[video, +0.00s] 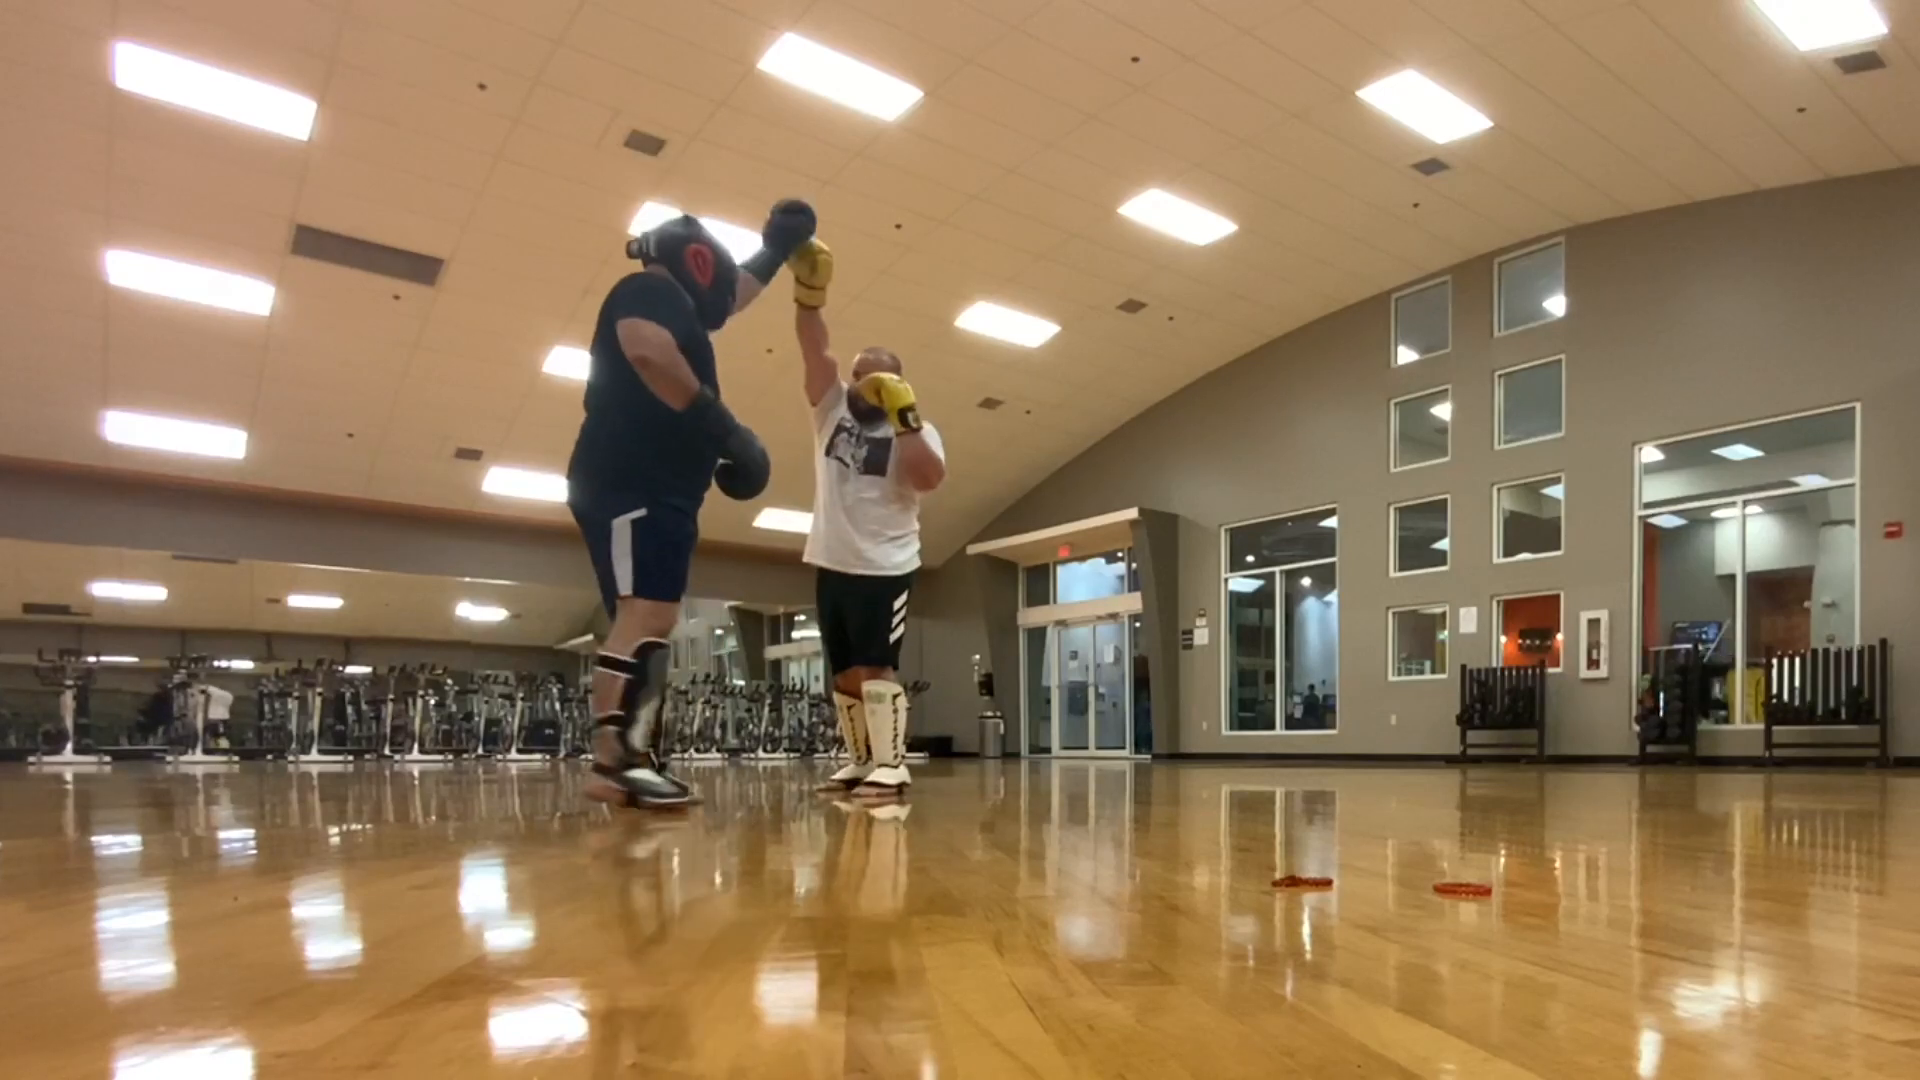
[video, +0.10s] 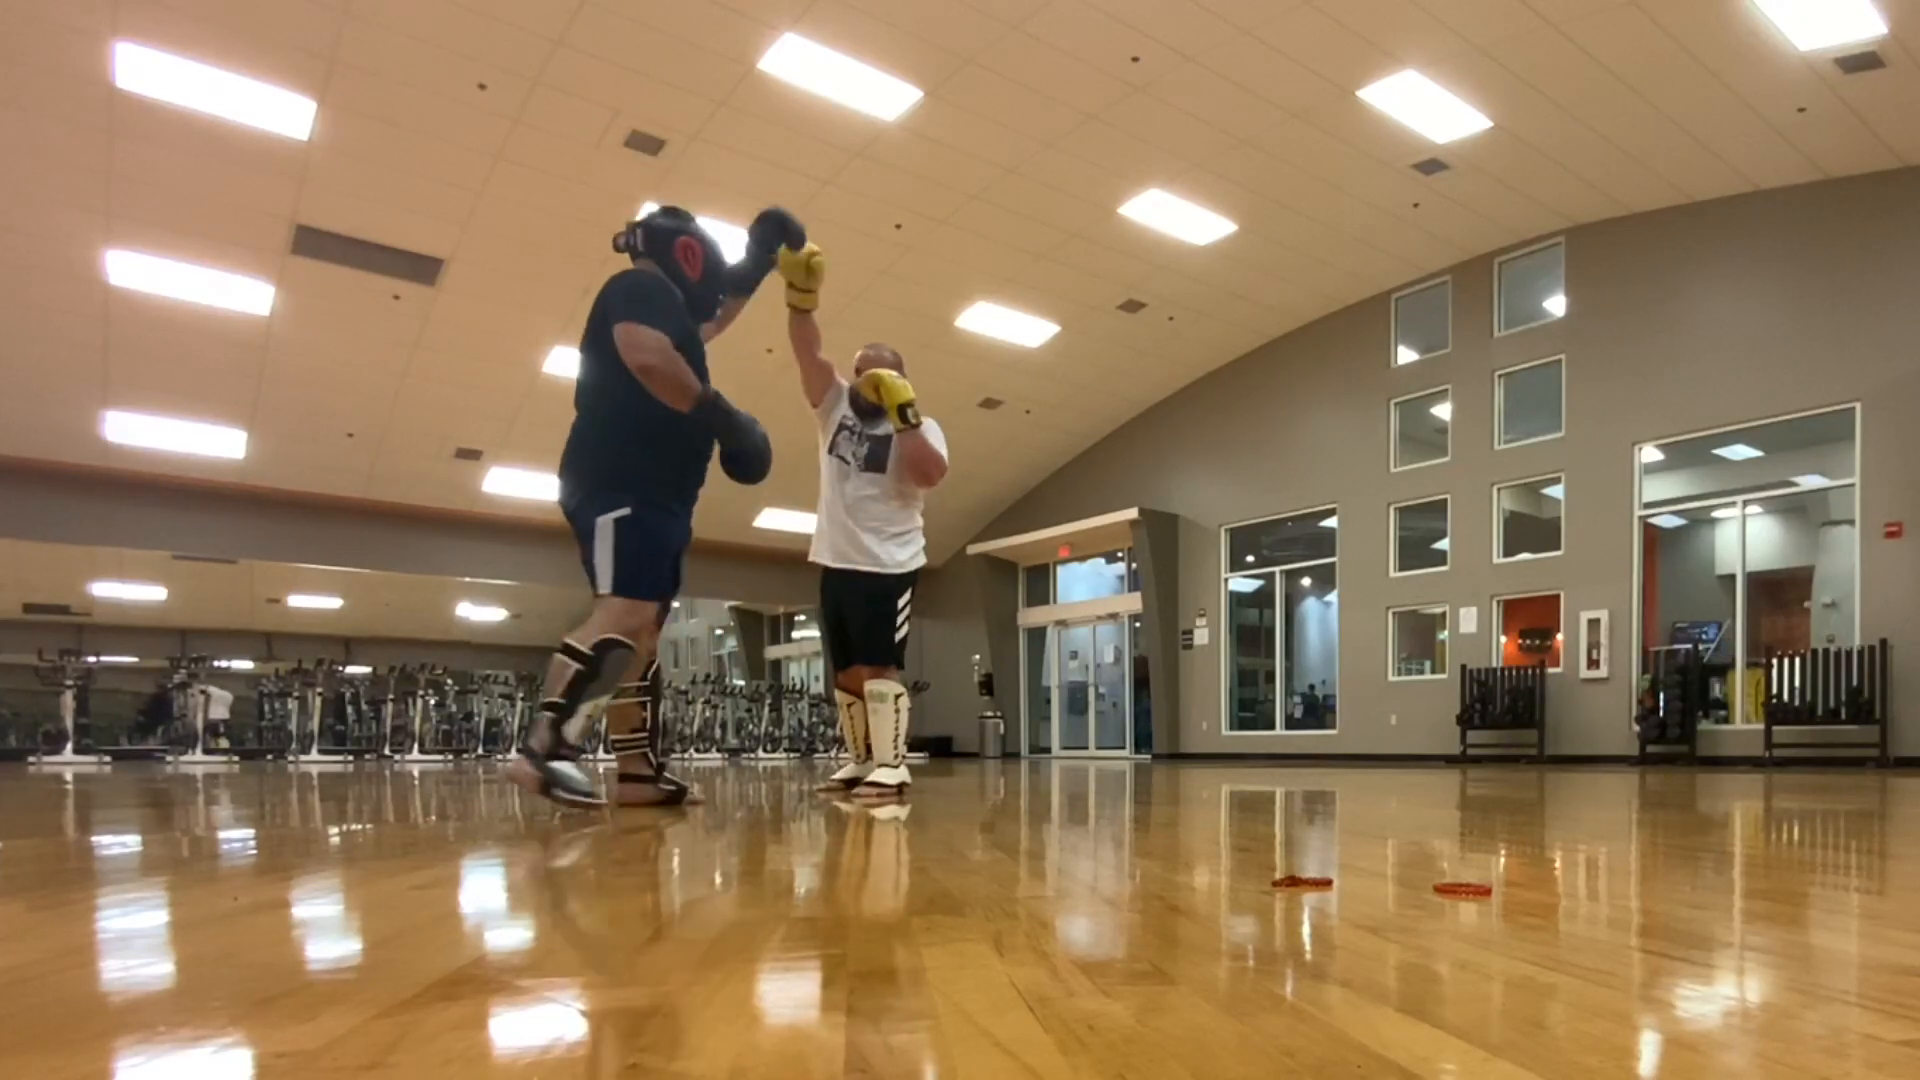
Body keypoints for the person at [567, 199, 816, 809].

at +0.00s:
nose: (728, 278)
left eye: (725, 271)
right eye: (719, 263)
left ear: (690, 264)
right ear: (693, 254)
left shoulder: (688, 309)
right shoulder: (649, 288)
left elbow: (737, 292)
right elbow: (646, 350)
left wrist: (775, 248)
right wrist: (728, 431)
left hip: (657, 483)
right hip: (633, 480)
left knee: (649, 612)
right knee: (646, 610)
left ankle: (623, 757)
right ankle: (614, 757)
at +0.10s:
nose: (715, 273)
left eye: (715, 265)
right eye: (709, 261)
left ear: (668, 256)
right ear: (687, 252)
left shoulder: (671, 314)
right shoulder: (643, 285)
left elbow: (714, 312)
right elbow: (642, 351)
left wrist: (758, 257)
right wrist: (724, 416)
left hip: (656, 488)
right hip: (623, 480)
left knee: (643, 620)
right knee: (625, 611)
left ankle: (635, 768)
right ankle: (545, 744)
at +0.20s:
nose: (705, 268)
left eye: (704, 257)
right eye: (700, 254)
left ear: (654, 248)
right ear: (675, 246)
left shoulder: (650, 308)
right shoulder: (630, 286)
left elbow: (679, 364)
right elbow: (659, 375)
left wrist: (729, 319)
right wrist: (727, 401)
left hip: (648, 494)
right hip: (608, 486)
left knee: (632, 628)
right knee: (588, 617)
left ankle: (637, 769)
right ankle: (510, 751)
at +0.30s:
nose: (697, 265)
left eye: (695, 252)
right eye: (690, 250)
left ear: (631, 244)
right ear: (665, 243)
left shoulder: (616, 296)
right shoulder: (627, 289)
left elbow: (655, 391)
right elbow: (691, 389)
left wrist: (719, 388)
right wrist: (734, 385)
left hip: (631, 499)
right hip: (590, 491)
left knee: (631, 628)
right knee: (561, 615)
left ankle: (637, 770)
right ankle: (499, 758)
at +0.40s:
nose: (685, 270)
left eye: (685, 257)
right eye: (682, 255)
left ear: (616, 241)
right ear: (660, 243)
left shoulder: (571, 292)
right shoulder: (633, 289)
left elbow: (587, 396)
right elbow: (707, 388)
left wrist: (663, 421)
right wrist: (734, 382)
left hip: (609, 497)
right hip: (578, 490)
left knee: (634, 622)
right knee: (543, 620)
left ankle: (640, 759)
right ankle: (490, 766)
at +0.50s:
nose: (676, 263)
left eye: (676, 251)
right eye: (675, 249)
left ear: (605, 232)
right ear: (654, 235)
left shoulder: (552, 286)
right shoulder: (629, 282)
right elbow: (696, 383)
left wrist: (667, 335)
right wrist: (718, 350)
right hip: (582, 485)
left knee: (629, 617)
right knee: (541, 620)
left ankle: (618, 757)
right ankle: (488, 769)